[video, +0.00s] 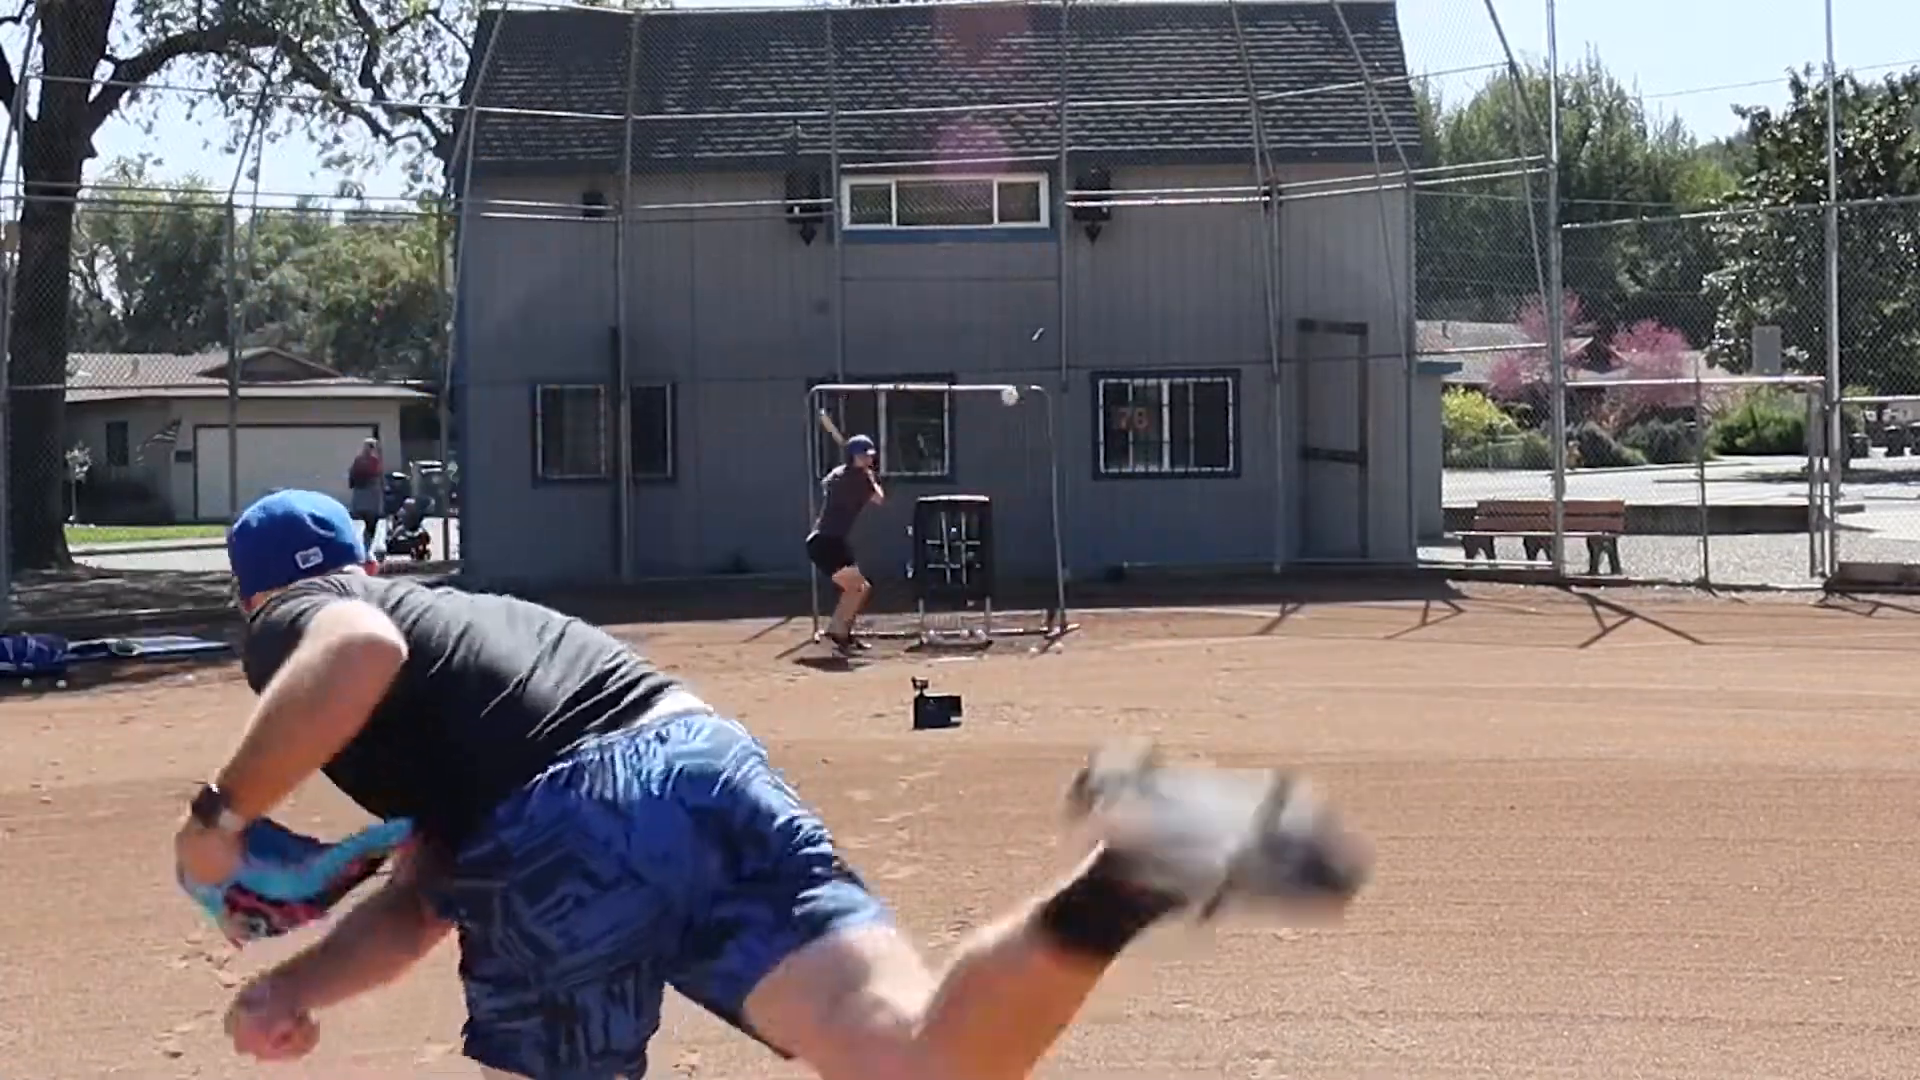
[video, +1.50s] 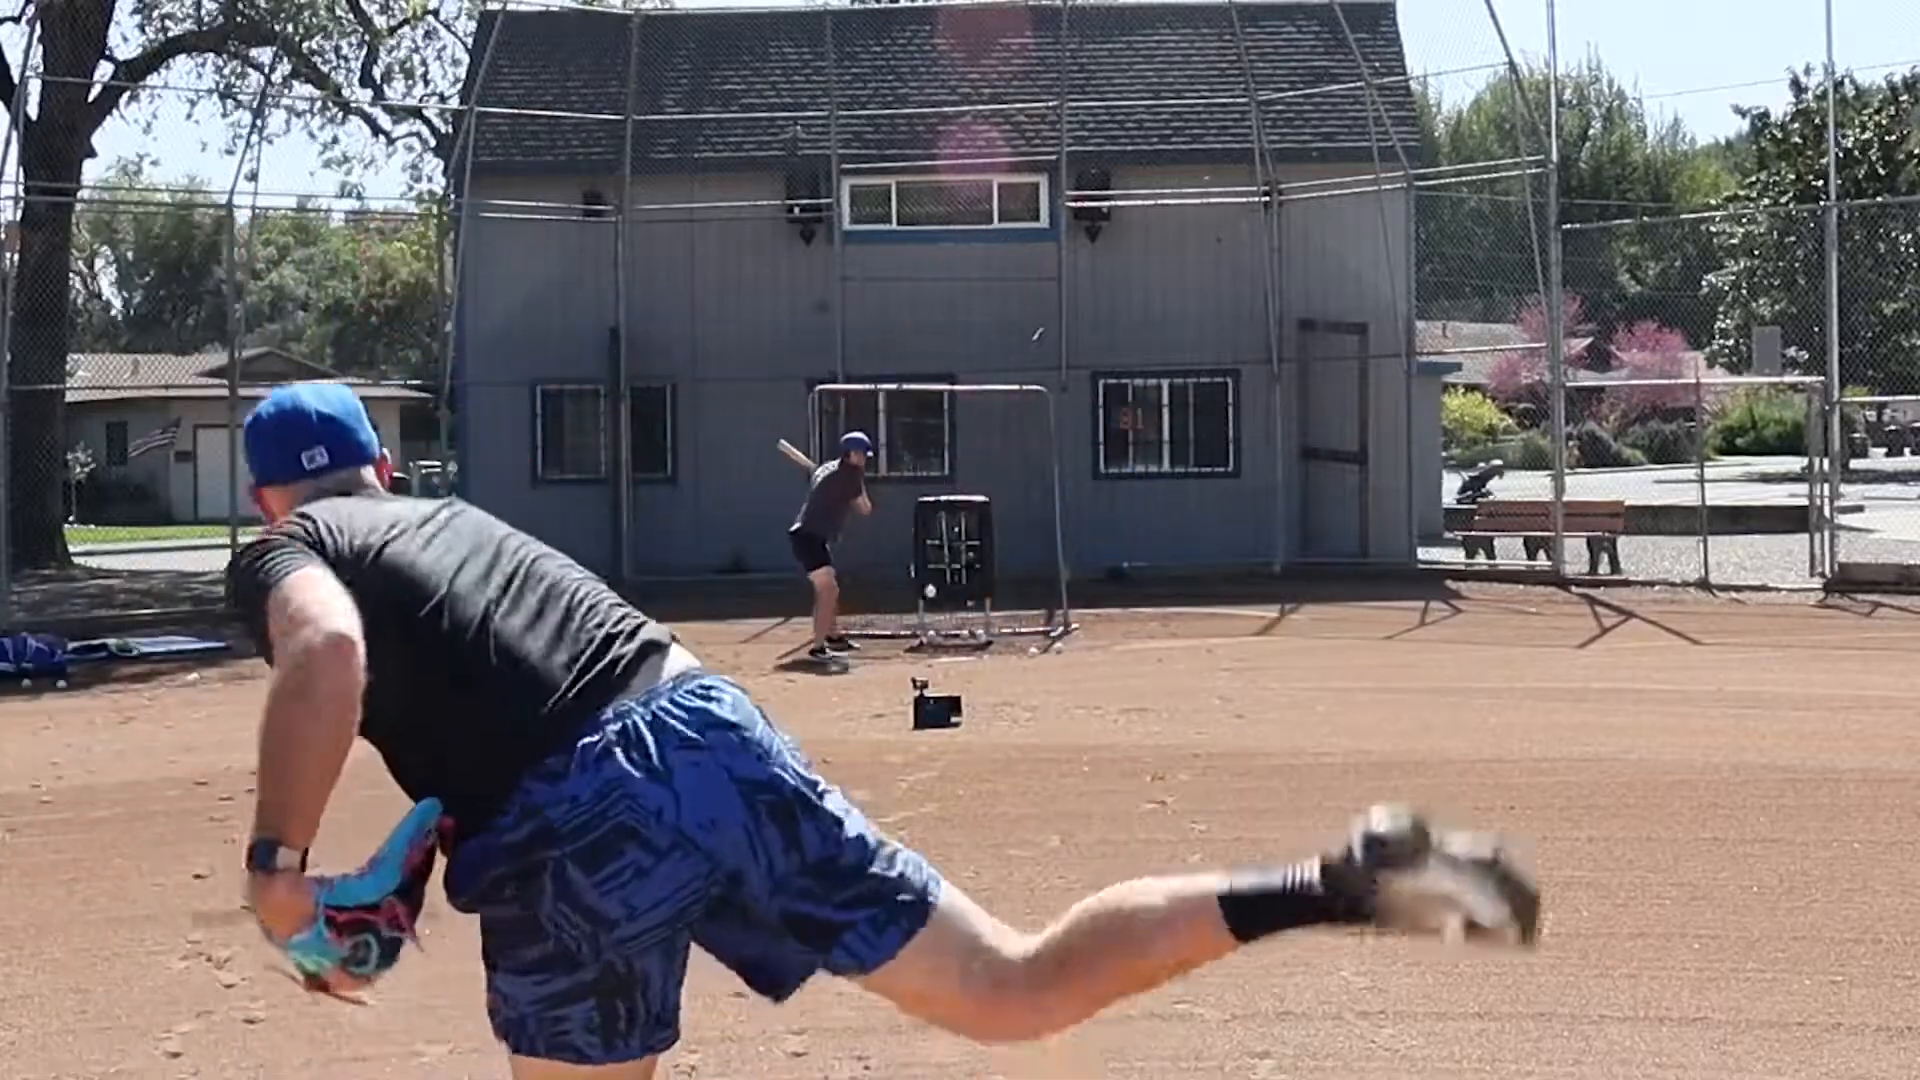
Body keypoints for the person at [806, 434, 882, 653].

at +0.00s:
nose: (870, 460)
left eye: (870, 456)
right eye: (867, 456)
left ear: (852, 458)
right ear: (857, 457)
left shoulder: (837, 473)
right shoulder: (859, 478)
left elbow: (824, 482)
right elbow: (879, 499)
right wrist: (871, 477)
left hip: (820, 538)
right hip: (830, 541)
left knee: (862, 587)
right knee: (855, 586)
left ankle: (844, 629)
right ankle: (837, 630)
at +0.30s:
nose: (871, 464)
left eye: (872, 459)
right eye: (867, 459)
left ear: (857, 462)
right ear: (856, 461)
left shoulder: (838, 476)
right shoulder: (855, 484)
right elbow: (877, 517)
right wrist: (870, 493)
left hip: (828, 544)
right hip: (823, 546)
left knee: (855, 591)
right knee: (846, 595)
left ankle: (842, 634)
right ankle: (820, 643)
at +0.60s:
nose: (868, 452)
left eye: (867, 447)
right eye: (864, 448)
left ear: (853, 449)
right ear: (852, 449)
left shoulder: (847, 470)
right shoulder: (846, 473)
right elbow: (848, 516)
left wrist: (862, 527)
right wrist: (866, 533)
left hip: (839, 541)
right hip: (830, 541)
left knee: (855, 591)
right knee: (843, 593)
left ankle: (844, 634)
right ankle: (821, 642)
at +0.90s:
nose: (862, 450)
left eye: (863, 446)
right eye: (857, 446)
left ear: (858, 448)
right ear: (846, 449)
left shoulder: (837, 466)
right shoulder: (850, 472)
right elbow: (876, 492)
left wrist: (868, 470)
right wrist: (879, 475)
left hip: (815, 537)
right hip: (829, 536)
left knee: (854, 580)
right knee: (874, 561)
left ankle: (841, 633)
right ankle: (854, 602)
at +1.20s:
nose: (860, 459)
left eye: (862, 455)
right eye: (856, 455)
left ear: (861, 456)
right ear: (845, 456)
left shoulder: (832, 472)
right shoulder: (852, 480)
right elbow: (874, 500)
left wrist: (862, 477)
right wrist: (868, 481)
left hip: (813, 538)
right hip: (824, 540)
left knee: (850, 587)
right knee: (856, 585)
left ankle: (841, 631)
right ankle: (837, 630)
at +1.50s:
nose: (864, 459)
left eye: (865, 454)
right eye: (861, 454)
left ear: (848, 455)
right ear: (850, 454)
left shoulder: (828, 467)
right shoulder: (849, 474)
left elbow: (814, 471)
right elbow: (864, 508)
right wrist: (858, 481)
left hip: (808, 534)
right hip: (810, 536)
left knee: (830, 589)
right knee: (827, 589)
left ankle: (832, 633)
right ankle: (818, 645)